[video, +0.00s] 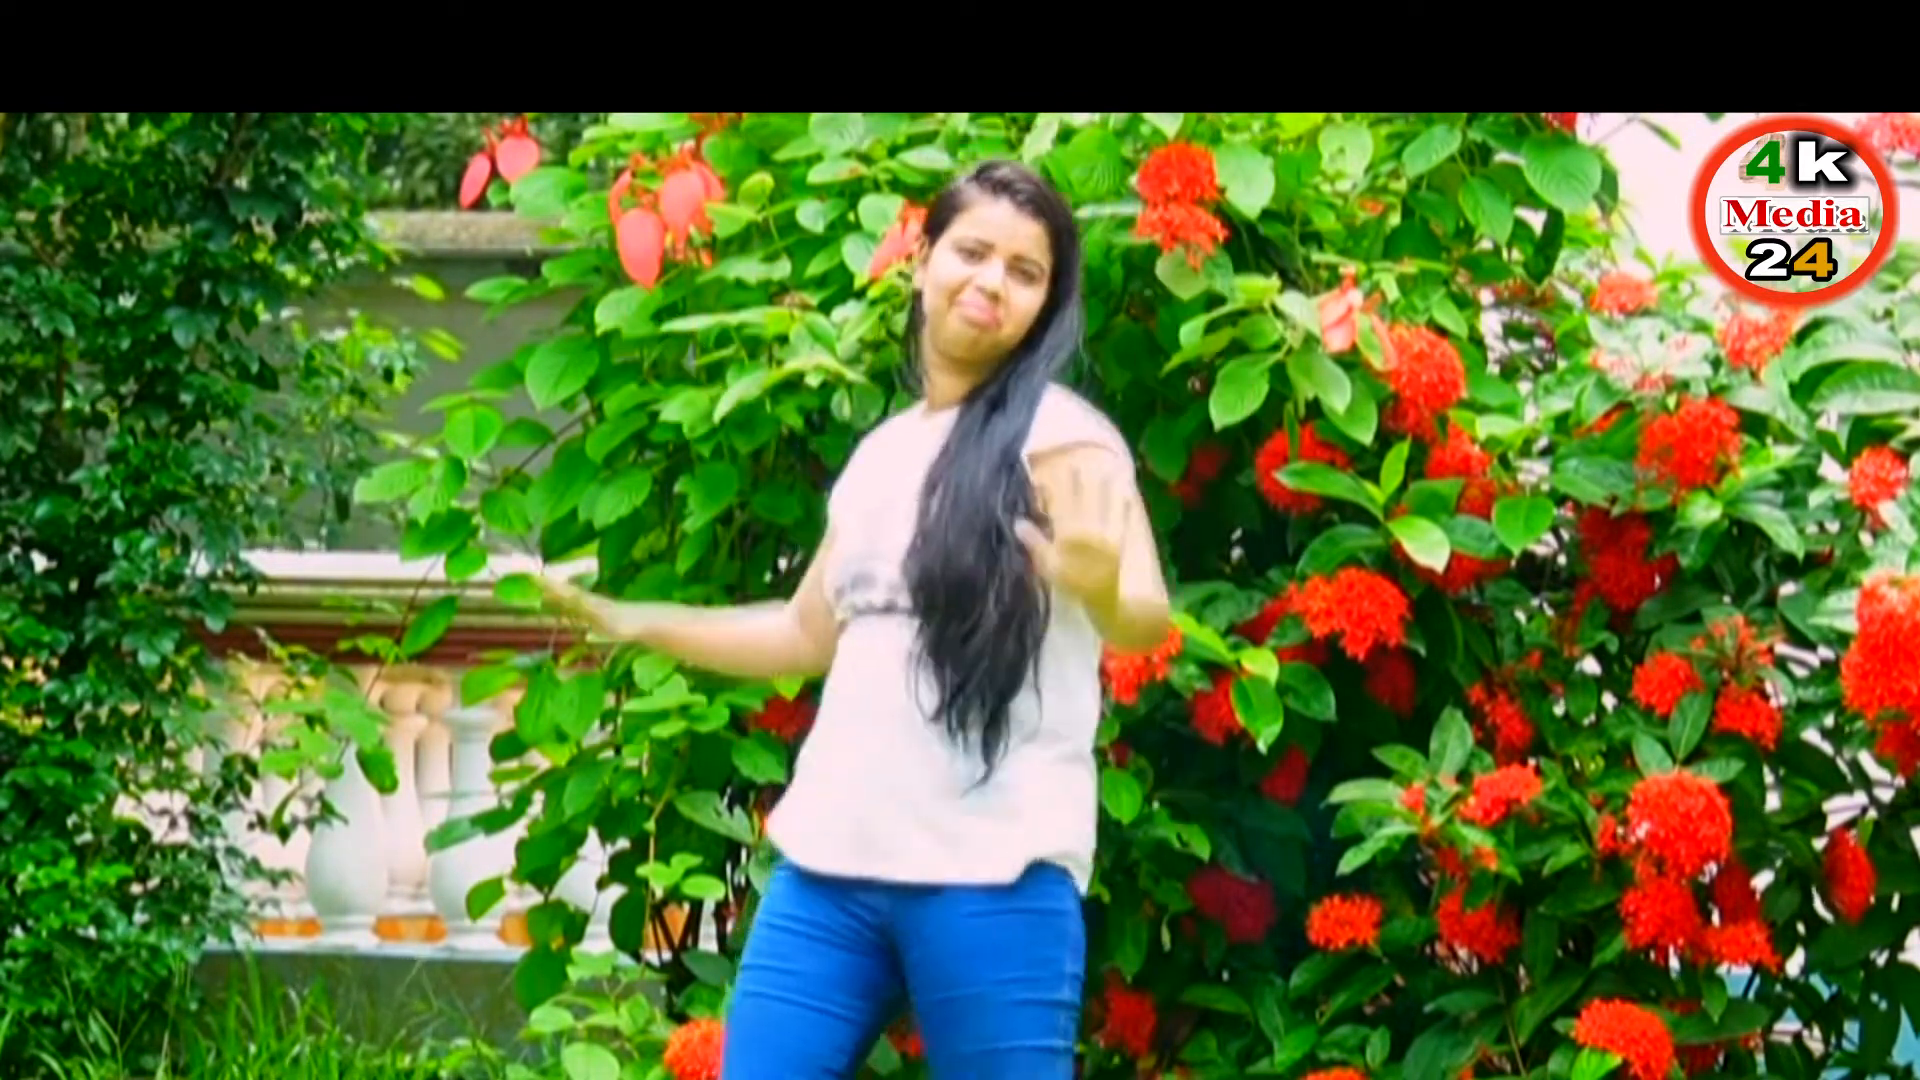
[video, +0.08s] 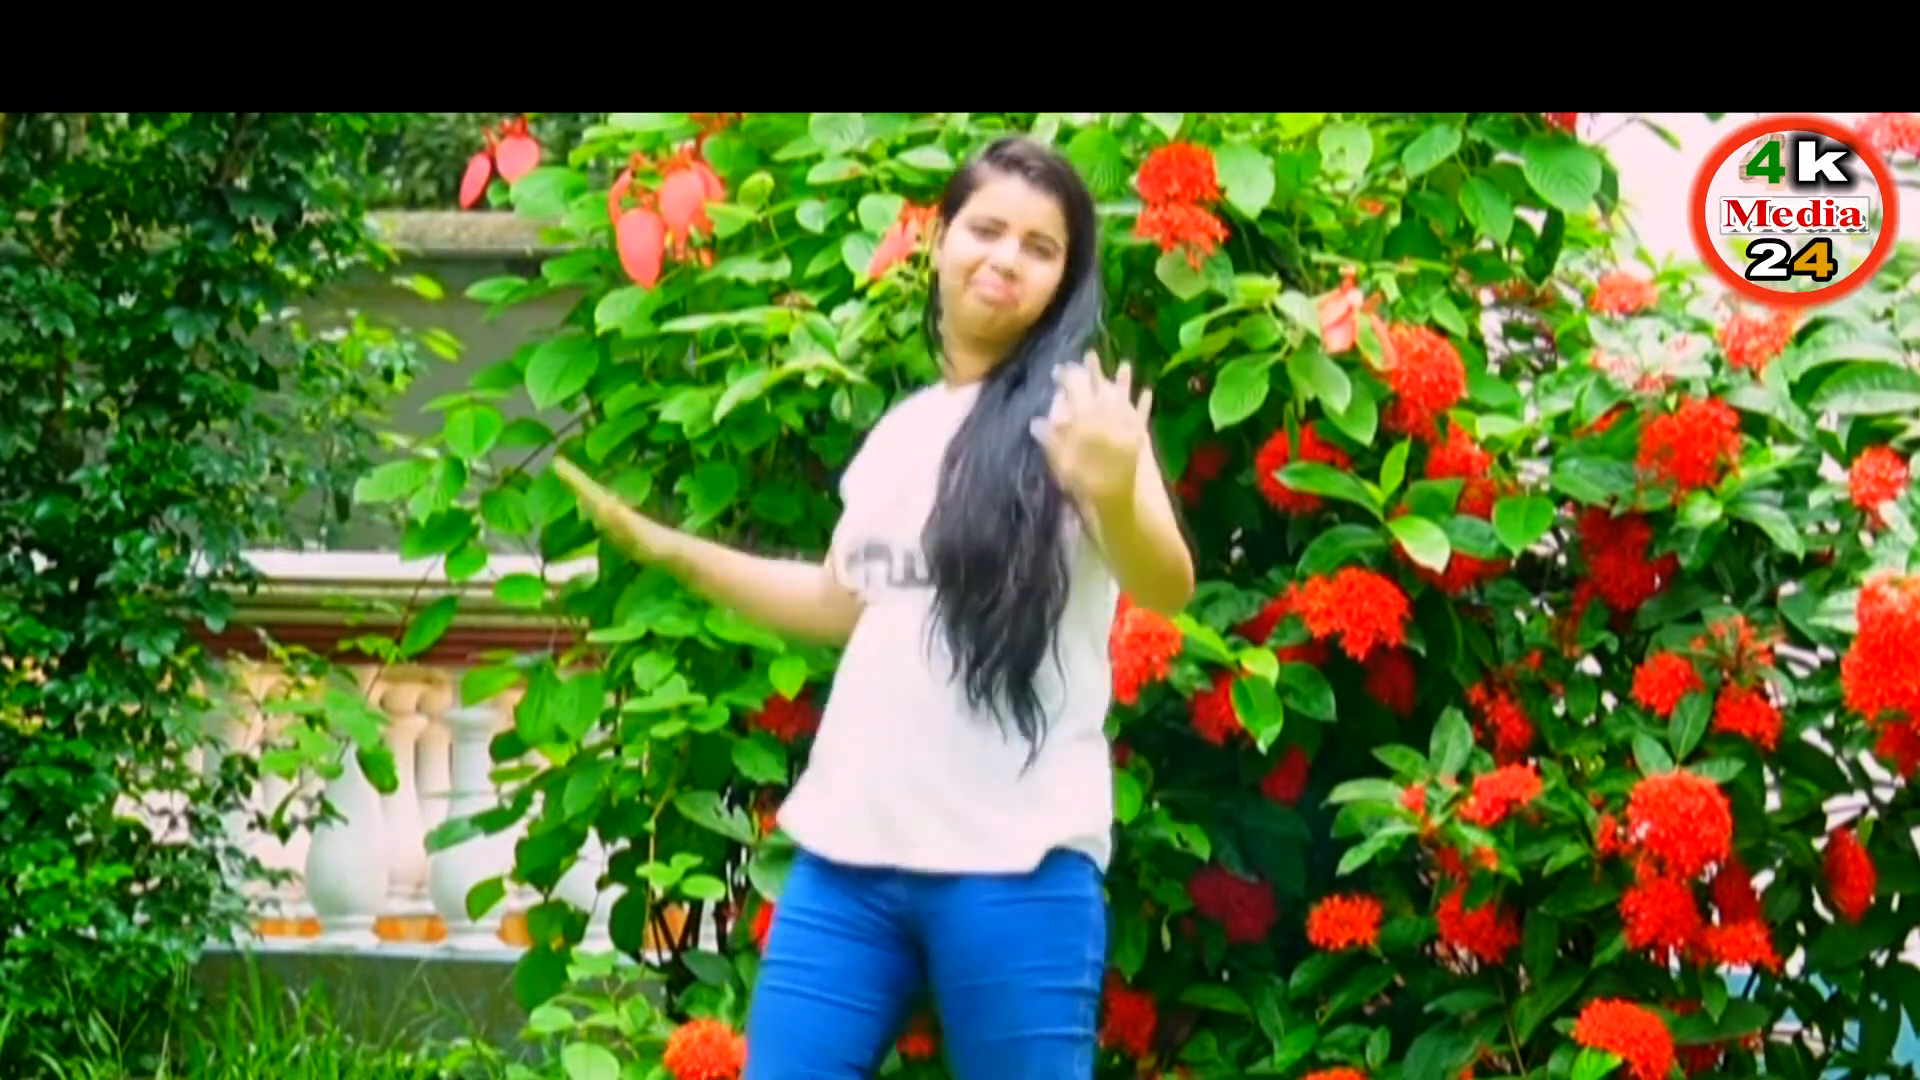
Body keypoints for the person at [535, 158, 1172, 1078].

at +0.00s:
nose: (989, 283)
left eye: (1023, 271)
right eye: (972, 251)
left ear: (1047, 304)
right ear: (923, 261)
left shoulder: (1067, 433)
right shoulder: (879, 452)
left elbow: (1148, 627)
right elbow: (804, 634)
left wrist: (1102, 593)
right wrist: (631, 622)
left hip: (995, 878)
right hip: (825, 865)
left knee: (1008, 1067)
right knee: (758, 1065)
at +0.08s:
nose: (1003, 260)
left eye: (1037, 247)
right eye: (984, 229)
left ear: (1067, 281)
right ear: (938, 240)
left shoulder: (1090, 411)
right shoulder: (899, 431)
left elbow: (1169, 589)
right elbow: (840, 606)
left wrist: (1113, 497)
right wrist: (670, 549)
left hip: (1019, 866)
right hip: (845, 851)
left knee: (1027, 1069)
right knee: (781, 1069)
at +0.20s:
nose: (1039, 233)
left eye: (1072, 218)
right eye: (1020, 205)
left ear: (1104, 255)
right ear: (977, 224)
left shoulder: (1110, 390)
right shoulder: (917, 410)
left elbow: (1208, 558)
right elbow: (875, 577)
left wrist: (1165, 388)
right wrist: (757, 444)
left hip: (1068, 850)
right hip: (902, 851)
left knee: (1077, 1070)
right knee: (833, 1070)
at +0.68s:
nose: (1097, 273)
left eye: (1132, 256)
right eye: (1078, 242)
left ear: (1169, 287)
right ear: (1041, 254)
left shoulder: (1183, 428)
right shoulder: (1008, 441)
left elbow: (1258, 627)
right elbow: (959, 622)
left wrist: (1206, 463)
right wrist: (828, 505)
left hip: (1127, 867)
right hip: (975, 868)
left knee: (1088, 1072)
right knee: (864, 1074)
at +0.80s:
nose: (1082, 279)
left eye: (1118, 264)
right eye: (1066, 247)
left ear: (1153, 297)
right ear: (1028, 259)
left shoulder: (1173, 442)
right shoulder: (989, 451)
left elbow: (1218, 650)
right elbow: (916, 628)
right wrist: (754, 589)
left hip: (1113, 859)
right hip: (964, 854)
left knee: (1068, 1071)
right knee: (856, 1069)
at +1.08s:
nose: (1043, 245)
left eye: (1077, 230)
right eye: (1024, 214)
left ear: (1111, 265)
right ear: (981, 227)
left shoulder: (1113, 398)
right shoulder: (931, 404)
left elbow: (1198, 595)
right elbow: (938, 632)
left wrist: (1146, 756)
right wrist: (815, 700)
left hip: (1056, 851)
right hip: (891, 850)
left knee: (1090, 1071)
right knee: (830, 1071)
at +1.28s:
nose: (1013, 263)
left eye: (1047, 248)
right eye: (995, 231)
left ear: (1074, 281)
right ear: (948, 241)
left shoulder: (1089, 452)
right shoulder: (859, 436)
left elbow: (1113, 660)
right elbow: (851, 658)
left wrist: (1076, 799)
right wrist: (767, 790)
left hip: (1000, 883)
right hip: (828, 880)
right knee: (771, 1069)